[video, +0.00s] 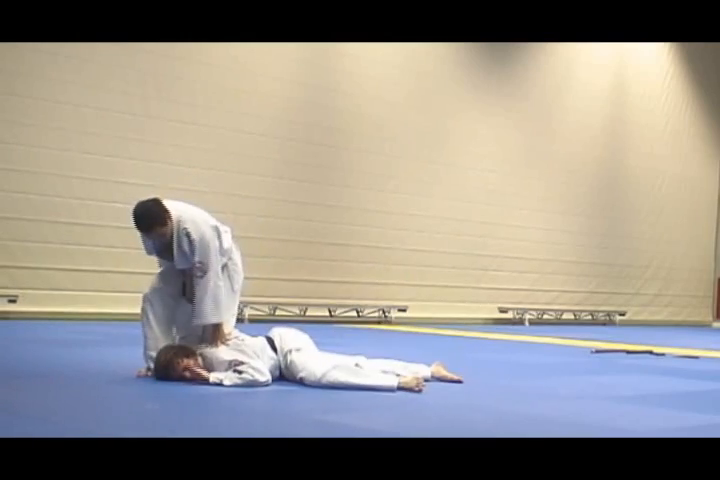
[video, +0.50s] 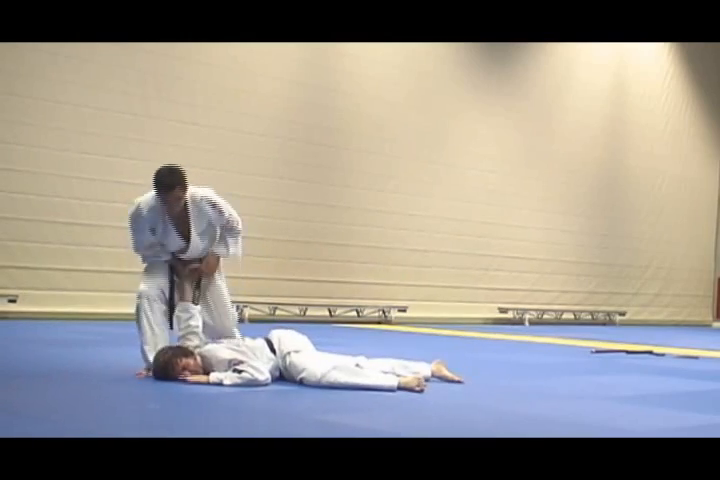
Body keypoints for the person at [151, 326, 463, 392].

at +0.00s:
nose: (191, 373)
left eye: (189, 366)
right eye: (183, 373)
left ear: (192, 356)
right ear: (178, 372)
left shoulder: (217, 352)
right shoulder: (198, 358)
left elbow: (260, 374)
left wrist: (215, 381)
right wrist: (157, 368)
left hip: (283, 346)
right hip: (280, 350)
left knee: (316, 373)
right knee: (351, 364)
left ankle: (400, 381)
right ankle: (425, 368)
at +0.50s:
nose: (188, 374)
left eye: (185, 368)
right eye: (181, 374)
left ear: (189, 357)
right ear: (180, 368)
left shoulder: (215, 353)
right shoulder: (201, 356)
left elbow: (259, 374)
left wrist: (214, 378)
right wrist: (159, 369)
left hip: (281, 348)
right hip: (281, 352)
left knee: (314, 373)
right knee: (353, 363)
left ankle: (397, 381)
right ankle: (428, 368)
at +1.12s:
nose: (189, 373)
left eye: (185, 367)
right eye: (183, 373)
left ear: (188, 353)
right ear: (183, 365)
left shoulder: (213, 350)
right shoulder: (203, 354)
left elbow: (259, 373)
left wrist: (213, 379)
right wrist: (206, 369)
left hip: (280, 347)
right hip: (281, 350)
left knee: (314, 373)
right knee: (351, 365)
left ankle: (399, 382)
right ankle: (428, 368)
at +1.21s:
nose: (188, 372)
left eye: (184, 367)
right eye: (182, 373)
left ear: (187, 354)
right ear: (183, 367)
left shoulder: (212, 351)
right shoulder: (205, 355)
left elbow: (258, 373)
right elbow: (236, 366)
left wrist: (213, 380)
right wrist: (207, 369)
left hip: (280, 347)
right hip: (281, 350)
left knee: (315, 373)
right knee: (351, 365)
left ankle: (399, 382)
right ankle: (428, 368)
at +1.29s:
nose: (188, 371)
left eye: (184, 366)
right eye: (183, 372)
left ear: (187, 355)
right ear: (183, 368)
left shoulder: (212, 351)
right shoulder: (205, 355)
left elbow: (258, 373)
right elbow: (236, 366)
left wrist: (213, 379)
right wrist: (207, 368)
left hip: (280, 347)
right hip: (280, 351)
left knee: (315, 373)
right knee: (351, 364)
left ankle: (399, 382)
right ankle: (428, 368)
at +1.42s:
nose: (188, 374)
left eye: (184, 370)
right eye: (182, 374)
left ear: (187, 358)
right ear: (183, 365)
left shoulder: (212, 350)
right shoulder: (206, 352)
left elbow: (258, 373)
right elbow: (238, 366)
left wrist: (213, 380)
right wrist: (209, 369)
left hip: (280, 347)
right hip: (281, 349)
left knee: (315, 373)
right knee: (351, 364)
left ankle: (399, 382)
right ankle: (427, 368)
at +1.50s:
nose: (189, 375)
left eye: (185, 370)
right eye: (183, 375)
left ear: (189, 359)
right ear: (184, 364)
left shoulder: (213, 351)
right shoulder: (203, 352)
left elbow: (259, 372)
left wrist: (214, 379)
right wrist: (207, 369)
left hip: (280, 348)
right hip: (280, 349)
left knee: (317, 373)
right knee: (350, 365)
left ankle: (400, 381)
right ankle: (427, 368)